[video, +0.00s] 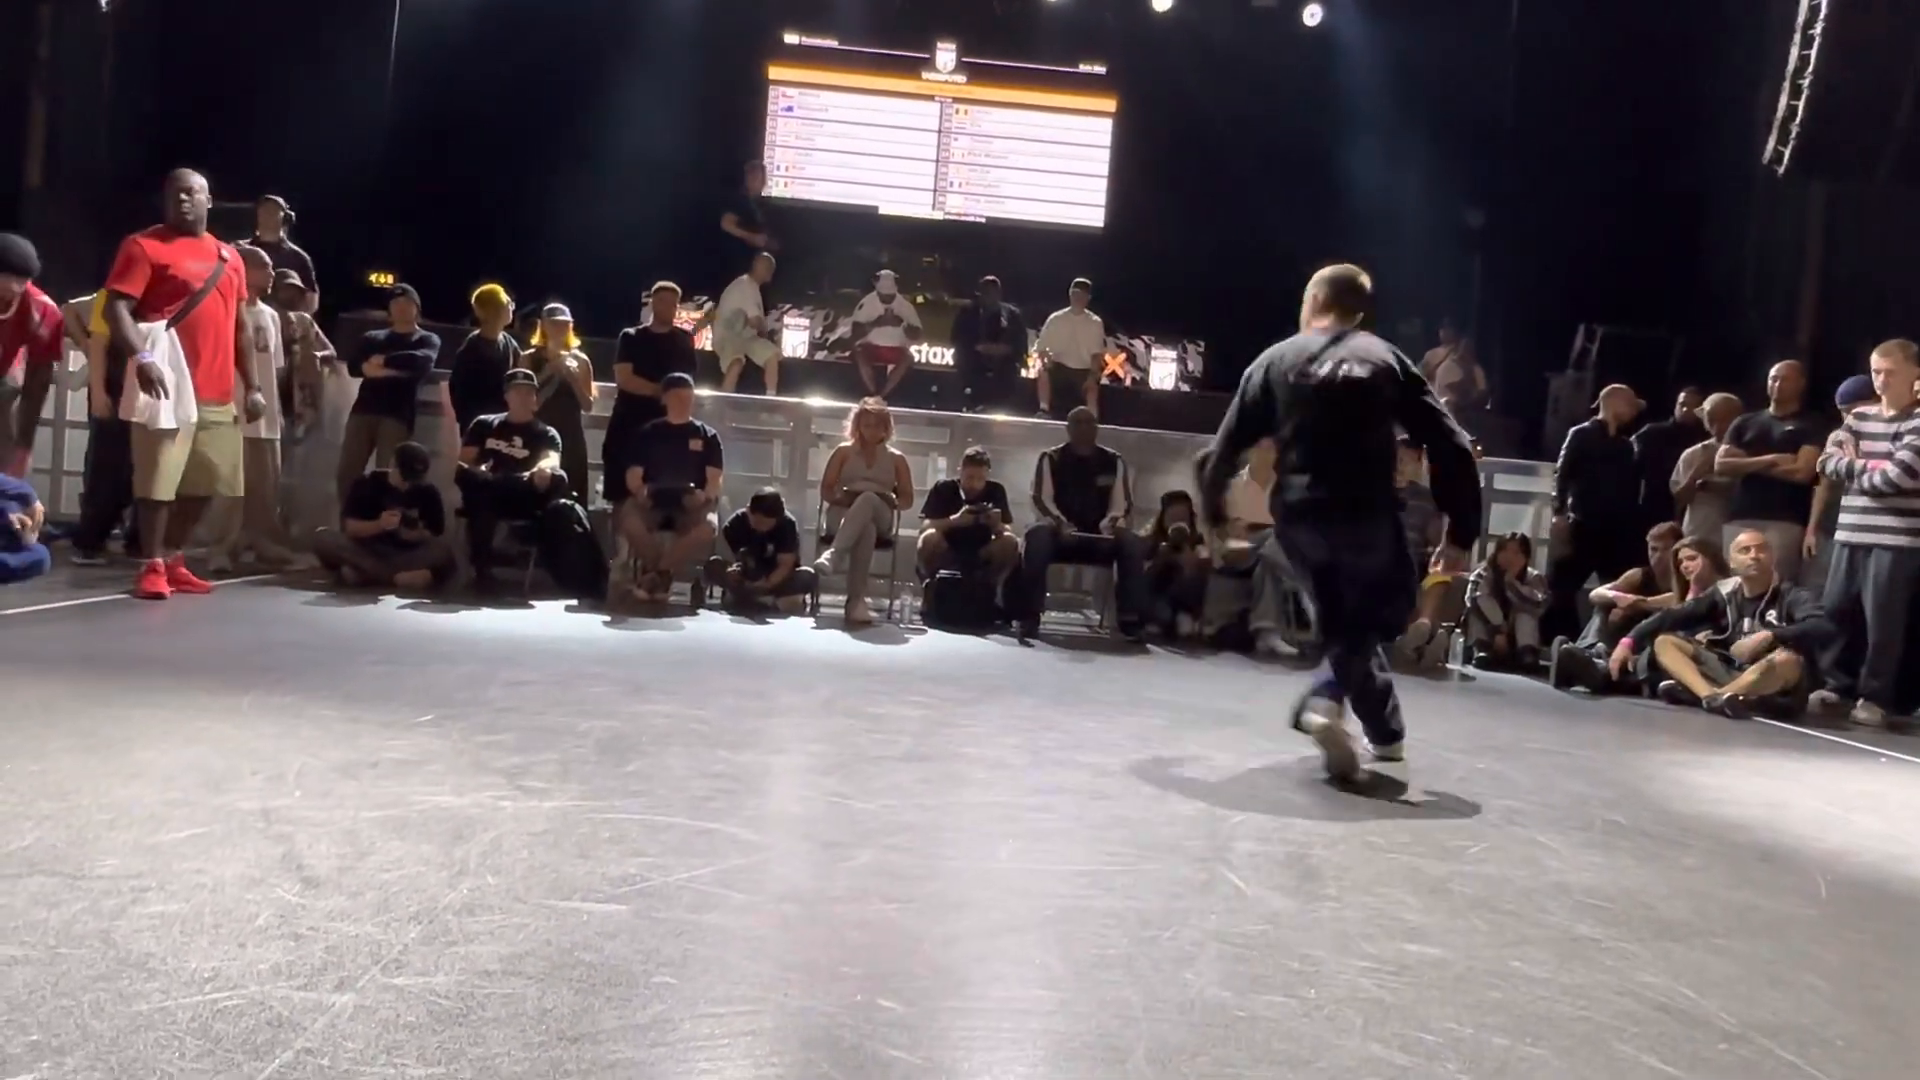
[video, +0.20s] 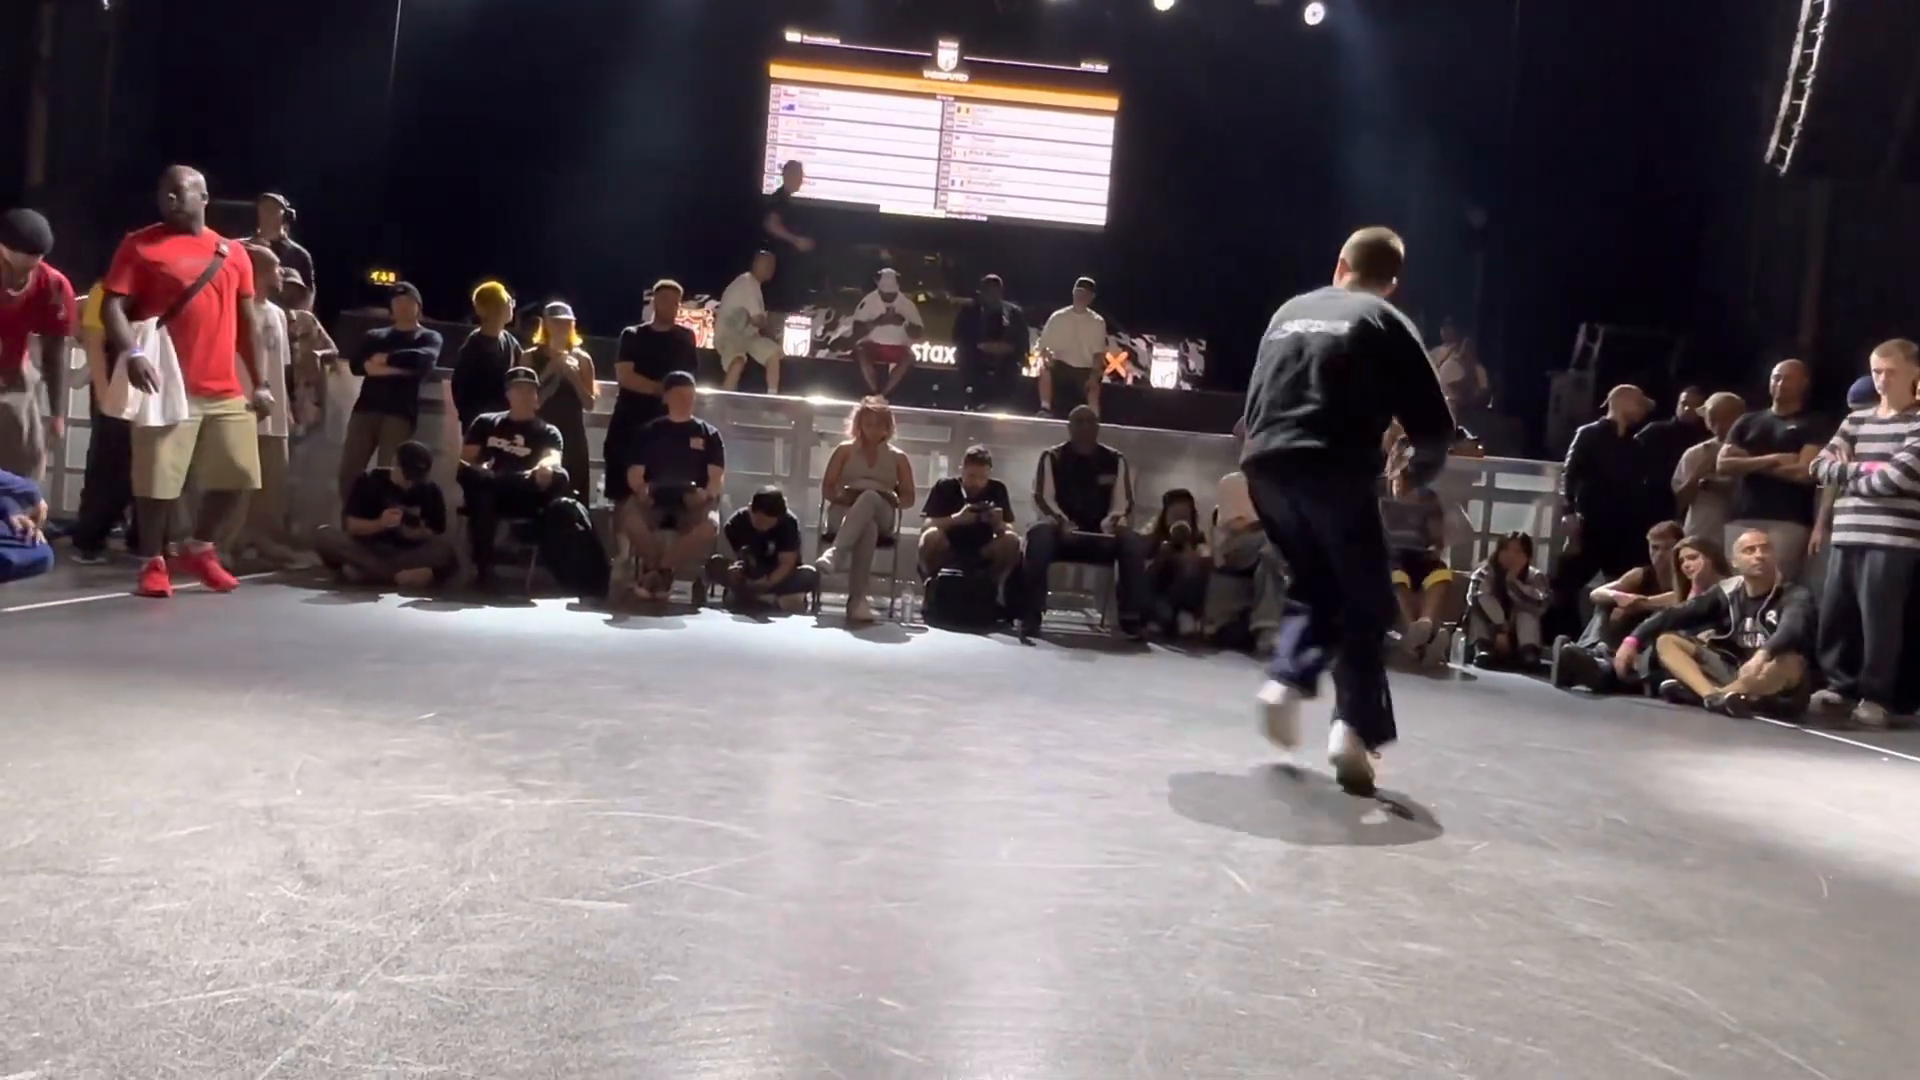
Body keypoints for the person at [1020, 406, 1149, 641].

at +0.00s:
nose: (1084, 430)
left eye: (1089, 424)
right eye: (1078, 424)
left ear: (1097, 428)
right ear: (1067, 428)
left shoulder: (1114, 461)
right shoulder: (1050, 459)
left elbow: (1121, 503)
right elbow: (1041, 499)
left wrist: (1112, 520)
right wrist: (1060, 523)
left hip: (1100, 538)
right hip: (1065, 536)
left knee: (1131, 543)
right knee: (1037, 536)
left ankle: (1131, 621)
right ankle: (1030, 618)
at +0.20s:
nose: (1085, 429)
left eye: (1090, 422)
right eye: (1078, 422)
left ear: (1098, 427)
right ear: (1069, 427)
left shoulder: (1115, 460)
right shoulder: (1052, 458)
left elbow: (1122, 502)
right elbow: (1043, 498)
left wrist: (1112, 519)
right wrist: (1061, 521)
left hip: (1101, 537)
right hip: (1066, 535)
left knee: (1132, 541)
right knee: (1039, 534)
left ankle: (1131, 619)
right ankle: (1031, 617)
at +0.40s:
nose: (1086, 427)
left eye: (1091, 421)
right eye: (1079, 421)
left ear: (1099, 425)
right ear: (1070, 425)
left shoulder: (1116, 459)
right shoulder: (1053, 456)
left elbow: (1123, 500)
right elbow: (1044, 496)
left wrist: (1113, 518)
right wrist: (1061, 519)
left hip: (1102, 535)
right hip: (1067, 533)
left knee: (1132, 539)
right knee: (1040, 533)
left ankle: (1132, 618)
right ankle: (1031, 617)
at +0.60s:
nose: (1086, 427)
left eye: (1092, 421)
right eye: (1080, 421)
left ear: (1100, 425)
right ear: (1071, 425)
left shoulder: (1117, 458)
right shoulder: (1054, 455)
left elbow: (1124, 500)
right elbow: (1046, 496)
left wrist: (1114, 518)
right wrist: (1063, 519)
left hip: (1103, 536)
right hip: (1068, 534)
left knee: (1132, 538)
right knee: (1041, 532)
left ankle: (1133, 617)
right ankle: (1032, 616)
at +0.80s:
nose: (1087, 426)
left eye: (1092, 420)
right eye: (1080, 420)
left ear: (1100, 425)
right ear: (1071, 425)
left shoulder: (1117, 458)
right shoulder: (1054, 455)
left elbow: (1124, 501)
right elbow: (1045, 496)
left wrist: (1114, 518)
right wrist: (1063, 519)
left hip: (1103, 536)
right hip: (1068, 534)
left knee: (1133, 539)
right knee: (1041, 532)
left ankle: (1133, 619)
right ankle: (1033, 616)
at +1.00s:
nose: (1085, 426)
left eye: (1091, 421)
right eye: (1079, 421)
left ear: (1099, 425)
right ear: (1070, 425)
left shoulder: (1116, 458)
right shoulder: (1053, 456)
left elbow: (1123, 501)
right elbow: (1044, 496)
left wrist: (1114, 518)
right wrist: (1062, 519)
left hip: (1102, 536)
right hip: (1067, 534)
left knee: (1133, 540)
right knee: (1040, 532)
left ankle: (1132, 619)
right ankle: (1032, 616)